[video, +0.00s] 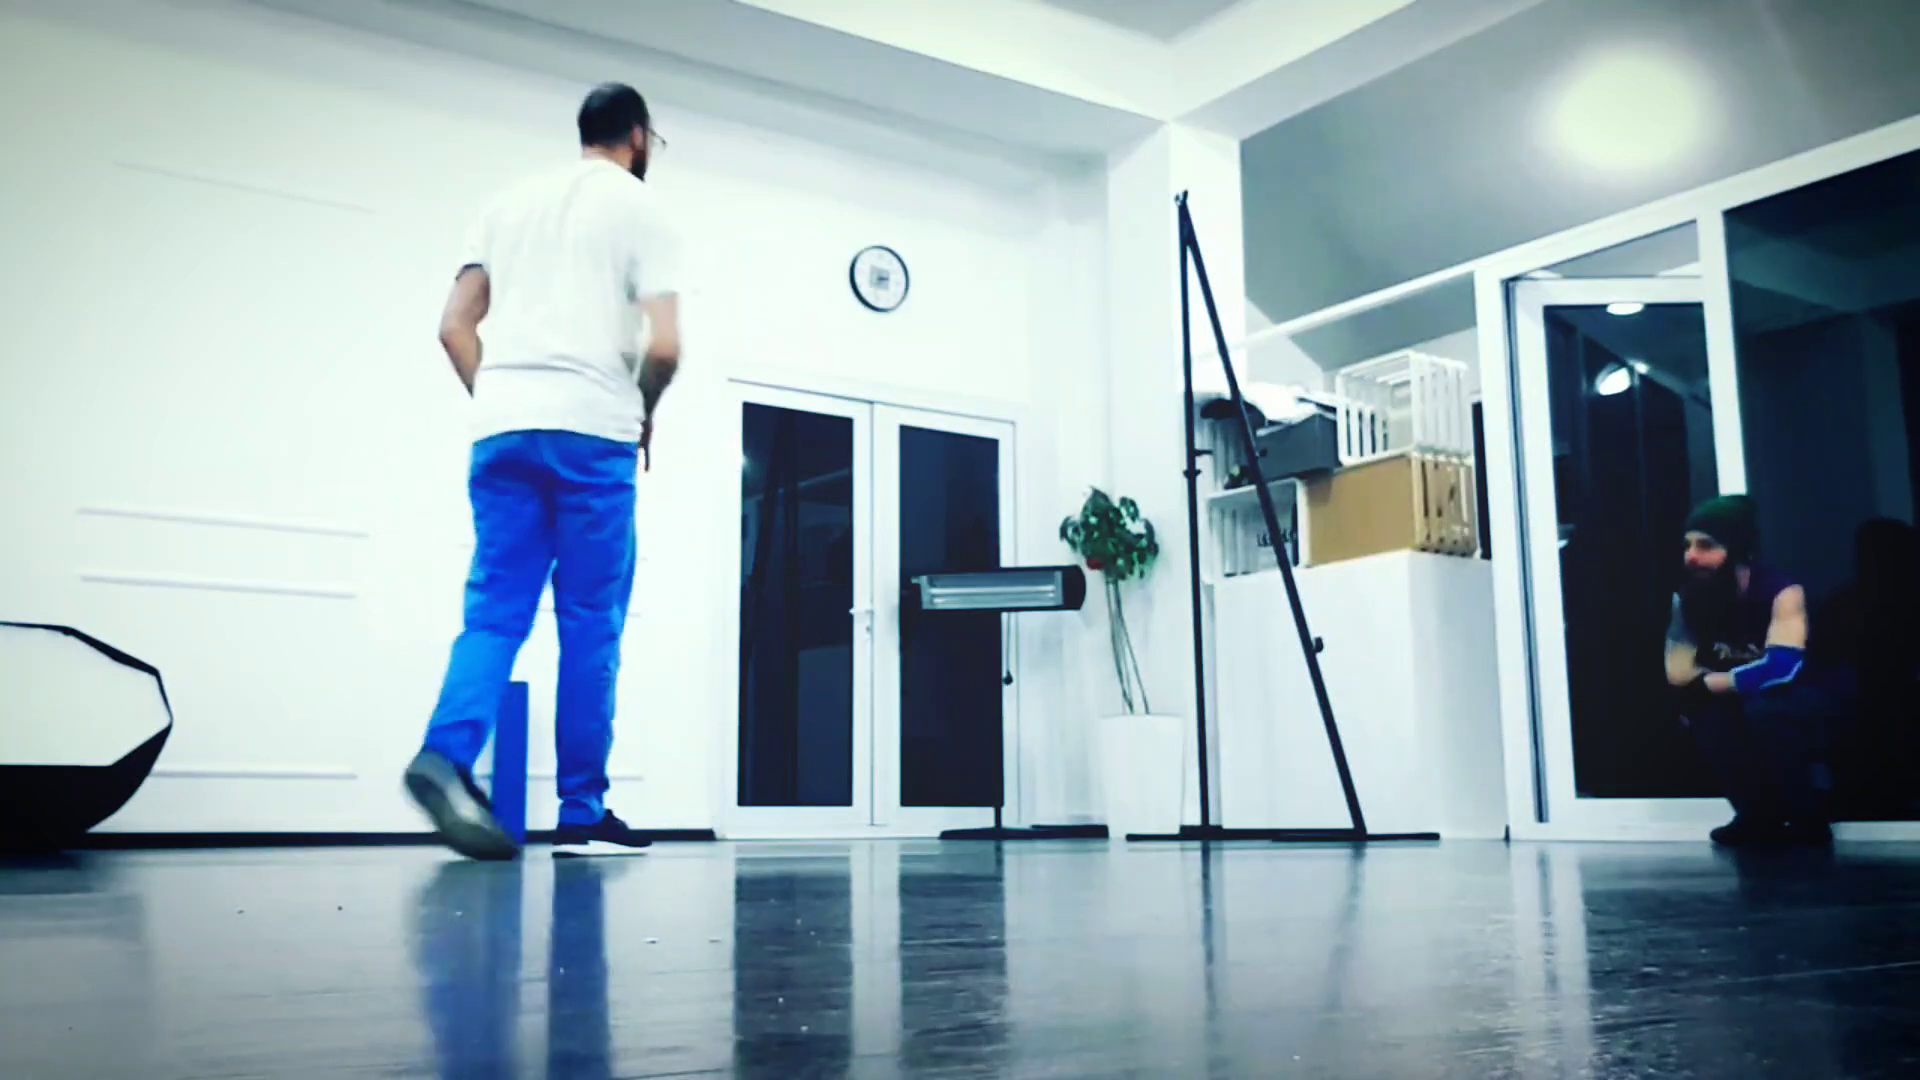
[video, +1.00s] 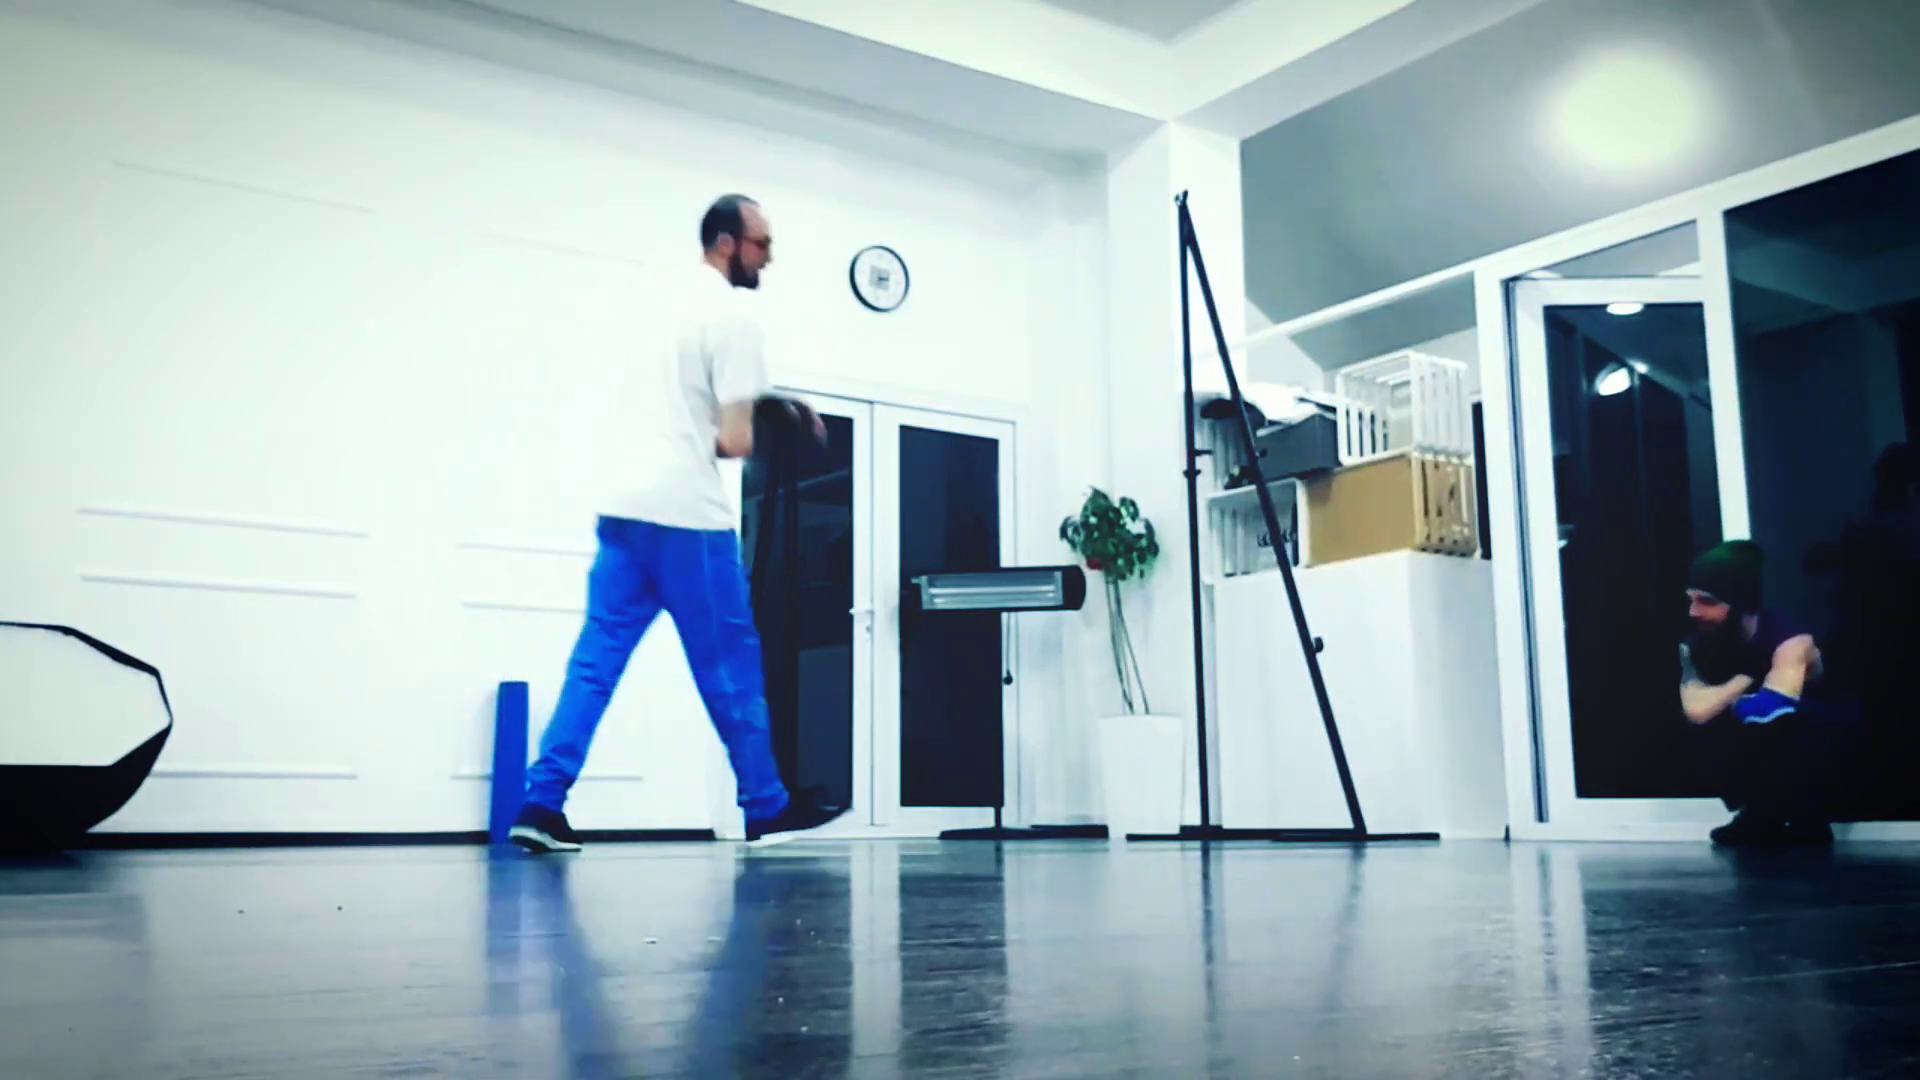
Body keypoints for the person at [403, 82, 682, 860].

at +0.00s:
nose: (650, 157)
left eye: (649, 146)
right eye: (651, 145)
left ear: (581, 137)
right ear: (638, 138)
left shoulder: (509, 204)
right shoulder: (641, 208)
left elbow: (456, 326)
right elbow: (665, 348)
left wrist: (503, 403)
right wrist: (640, 410)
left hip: (503, 424)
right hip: (595, 428)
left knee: (495, 610)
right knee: (591, 622)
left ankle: (444, 759)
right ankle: (582, 810)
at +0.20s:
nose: (665, 178)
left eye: (664, 170)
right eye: (666, 168)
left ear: (596, 158)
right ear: (653, 163)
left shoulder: (531, 217)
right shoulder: (667, 231)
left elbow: (463, 329)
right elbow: (729, 360)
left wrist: (476, 438)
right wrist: (654, 403)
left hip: (530, 435)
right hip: (623, 437)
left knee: (528, 617)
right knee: (606, 628)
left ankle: (504, 773)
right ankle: (584, 812)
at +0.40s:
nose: (666, 204)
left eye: (664, 196)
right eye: (666, 196)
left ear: (601, 191)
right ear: (655, 192)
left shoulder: (555, 252)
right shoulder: (677, 256)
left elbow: (490, 347)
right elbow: (733, 378)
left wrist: (496, 443)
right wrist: (666, 419)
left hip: (551, 456)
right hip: (634, 456)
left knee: (538, 632)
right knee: (608, 633)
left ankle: (523, 807)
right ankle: (581, 811)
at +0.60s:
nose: (679, 240)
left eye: (678, 231)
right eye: (677, 230)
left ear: (615, 228)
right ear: (659, 227)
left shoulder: (561, 289)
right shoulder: (681, 295)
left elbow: (508, 401)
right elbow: (710, 421)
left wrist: (570, 429)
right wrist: (659, 468)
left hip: (555, 490)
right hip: (637, 493)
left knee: (554, 657)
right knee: (632, 652)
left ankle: (534, 815)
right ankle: (583, 776)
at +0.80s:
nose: (721, 236)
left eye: (722, 223)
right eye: (718, 222)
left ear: (659, 217)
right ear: (692, 219)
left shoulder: (601, 278)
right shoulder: (700, 285)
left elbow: (571, 373)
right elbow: (712, 409)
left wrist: (616, 428)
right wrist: (665, 442)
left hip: (579, 474)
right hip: (657, 479)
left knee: (567, 647)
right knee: (690, 639)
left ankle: (538, 804)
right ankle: (622, 786)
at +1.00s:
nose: (768, 258)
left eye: (769, 246)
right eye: (761, 245)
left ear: (715, 244)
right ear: (724, 242)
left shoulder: (661, 296)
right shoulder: (732, 313)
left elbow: (676, 411)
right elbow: (737, 440)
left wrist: (775, 411)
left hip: (624, 502)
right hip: (688, 510)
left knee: (595, 660)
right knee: (730, 663)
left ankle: (542, 806)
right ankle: (768, 807)